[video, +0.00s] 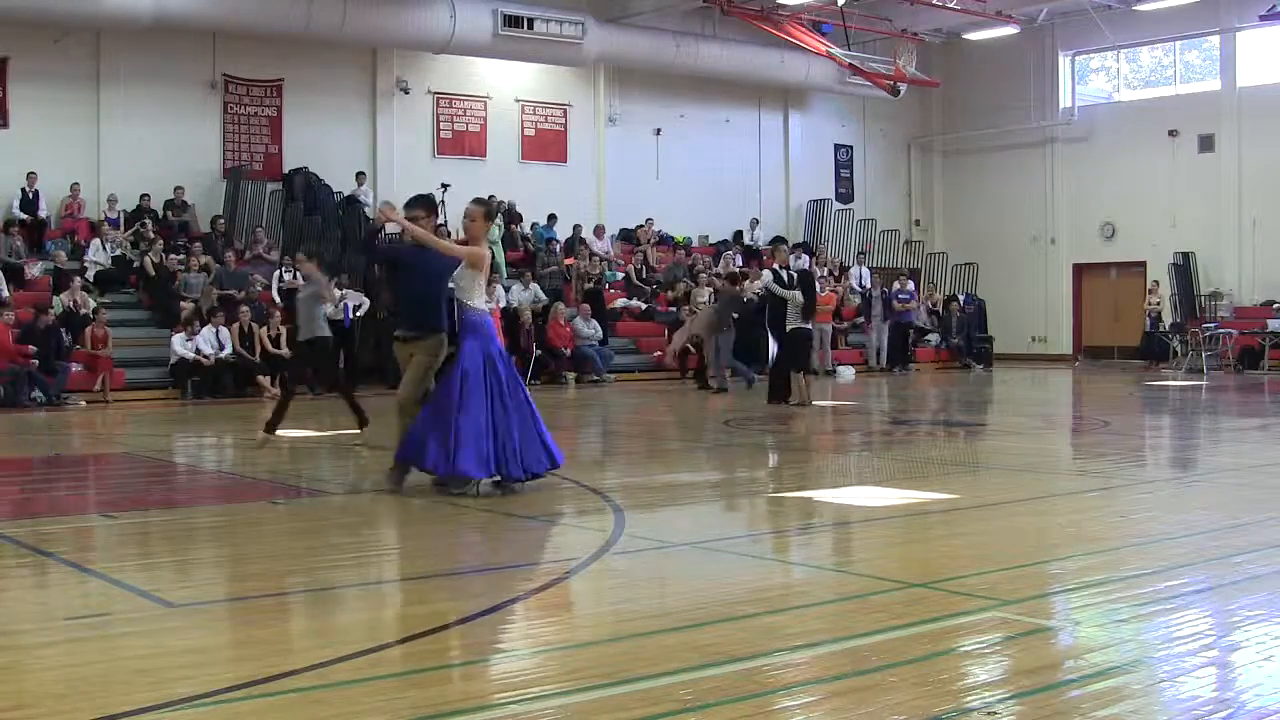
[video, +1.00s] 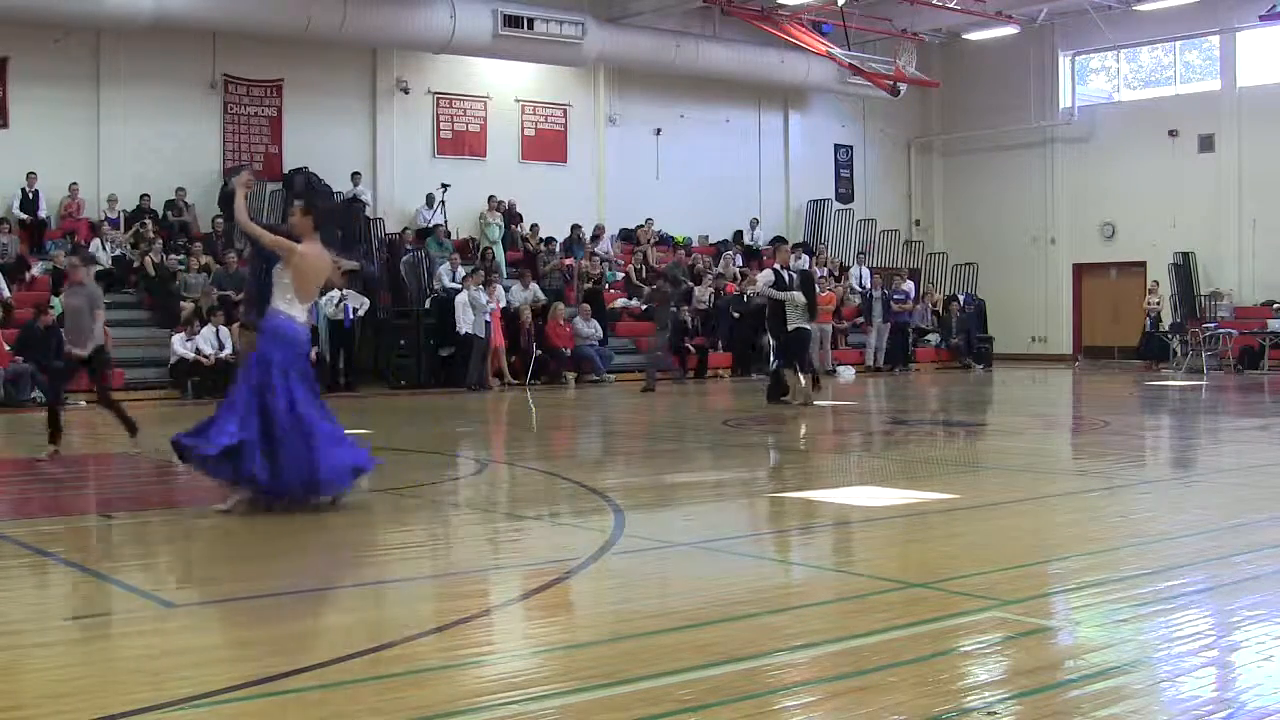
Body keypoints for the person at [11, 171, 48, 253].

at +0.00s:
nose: (33, 181)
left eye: (35, 179)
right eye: (31, 178)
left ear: (36, 180)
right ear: (27, 180)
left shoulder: (39, 193)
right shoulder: (20, 192)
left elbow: (43, 208)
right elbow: (14, 210)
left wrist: (41, 216)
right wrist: (25, 217)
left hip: (36, 218)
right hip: (25, 218)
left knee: (43, 223)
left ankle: (40, 248)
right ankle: (30, 249)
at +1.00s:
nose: (33, 181)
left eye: (34, 179)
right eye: (31, 178)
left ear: (36, 180)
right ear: (27, 180)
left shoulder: (39, 193)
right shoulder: (20, 192)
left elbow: (42, 208)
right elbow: (15, 209)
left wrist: (41, 216)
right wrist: (25, 217)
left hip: (36, 218)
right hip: (25, 218)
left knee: (43, 223)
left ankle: (40, 247)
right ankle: (31, 248)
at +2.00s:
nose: (31, 181)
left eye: (33, 179)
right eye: (29, 179)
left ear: (36, 180)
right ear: (26, 180)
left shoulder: (39, 193)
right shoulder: (20, 192)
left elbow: (42, 209)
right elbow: (15, 210)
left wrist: (41, 216)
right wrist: (25, 217)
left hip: (36, 217)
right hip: (24, 217)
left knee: (42, 223)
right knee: (34, 225)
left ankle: (40, 248)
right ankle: (33, 248)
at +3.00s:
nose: (31, 181)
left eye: (33, 179)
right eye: (29, 179)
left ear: (36, 180)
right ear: (26, 180)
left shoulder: (39, 193)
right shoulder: (19, 192)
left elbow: (42, 209)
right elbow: (14, 210)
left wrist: (41, 216)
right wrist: (25, 217)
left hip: (36, 218)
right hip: (24, 218)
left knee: (42, 223)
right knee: (32, 225)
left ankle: (40, 248)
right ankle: (31, 248)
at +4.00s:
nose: (33, 182)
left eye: (35, 180)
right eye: (32, 180)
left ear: (36, 181)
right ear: (27, 180)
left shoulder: (38, 193)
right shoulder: (19, 192)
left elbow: (42, 209)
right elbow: (15, 209)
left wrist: (39, 216)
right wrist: (25, 217)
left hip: (36, 217)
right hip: (24, 218)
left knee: (42, 223)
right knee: (33, 225)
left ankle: (40, 249)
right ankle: (32, 249)